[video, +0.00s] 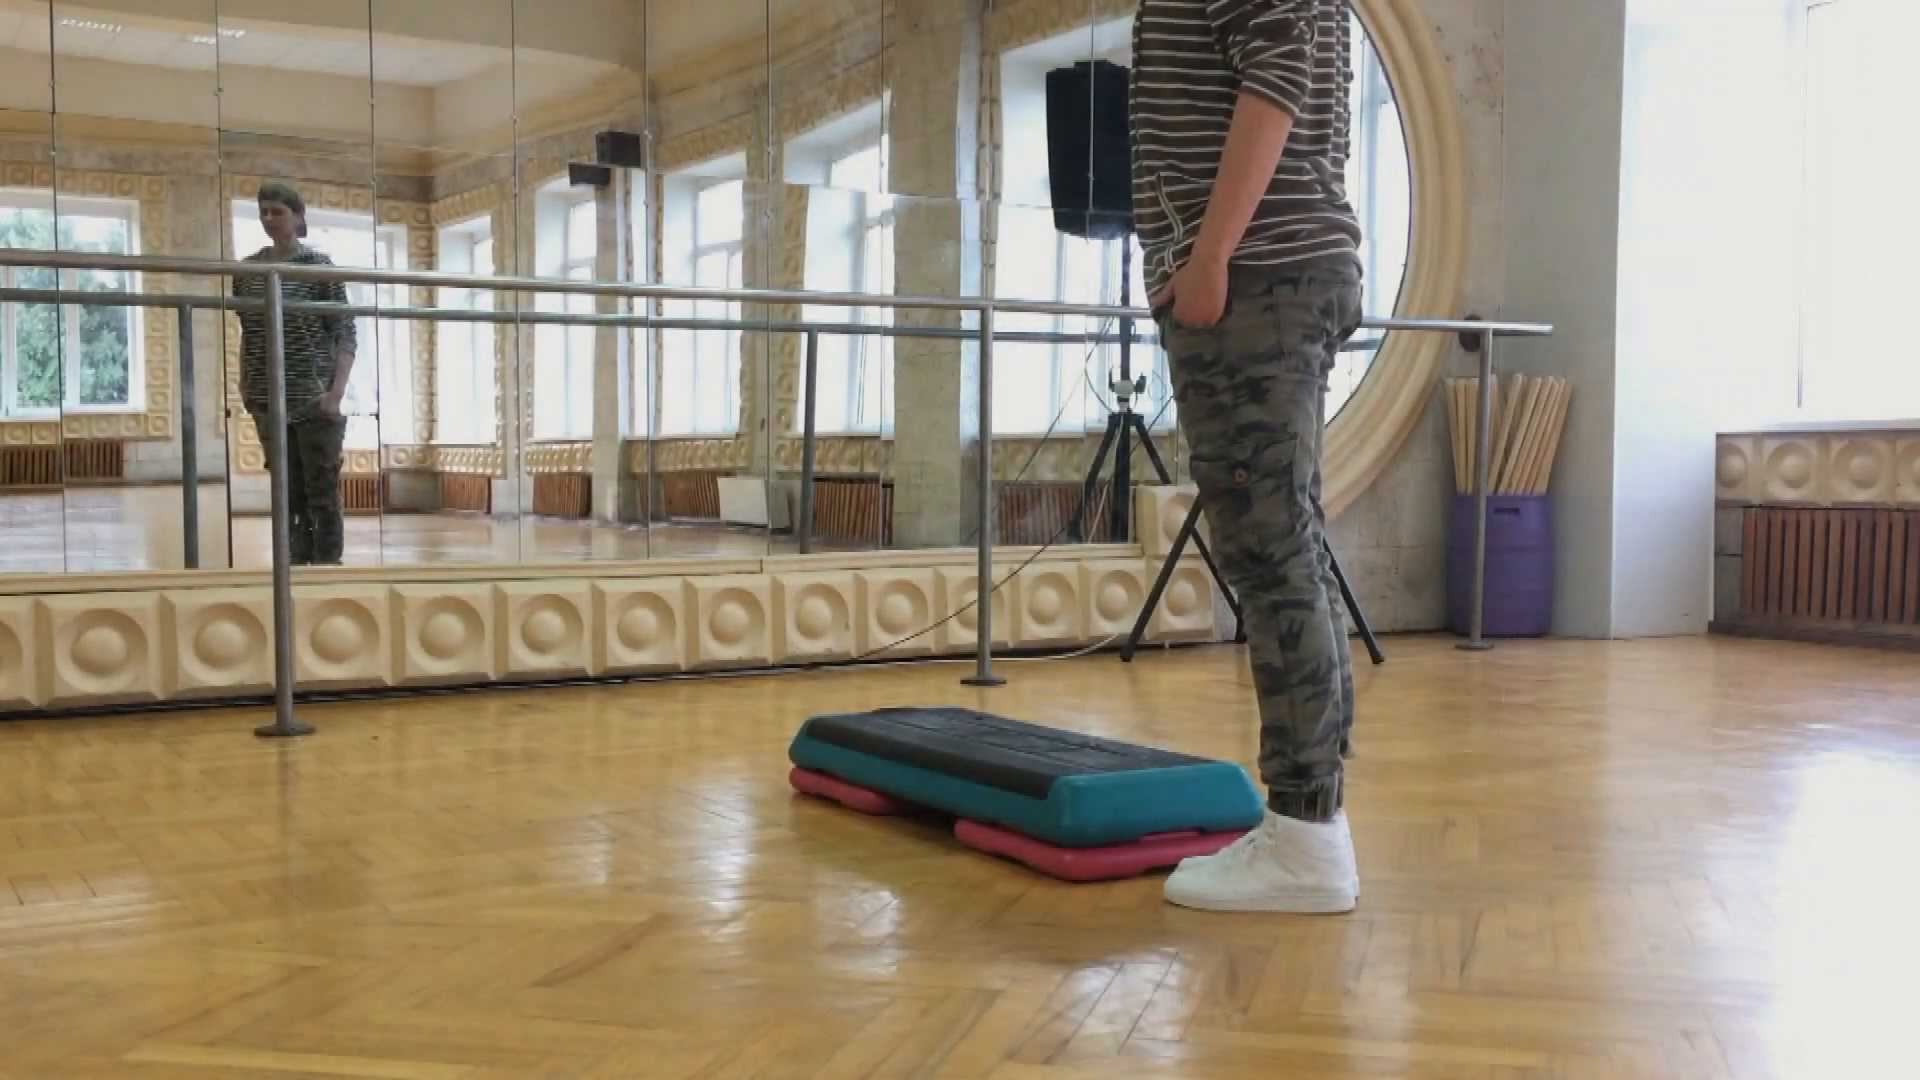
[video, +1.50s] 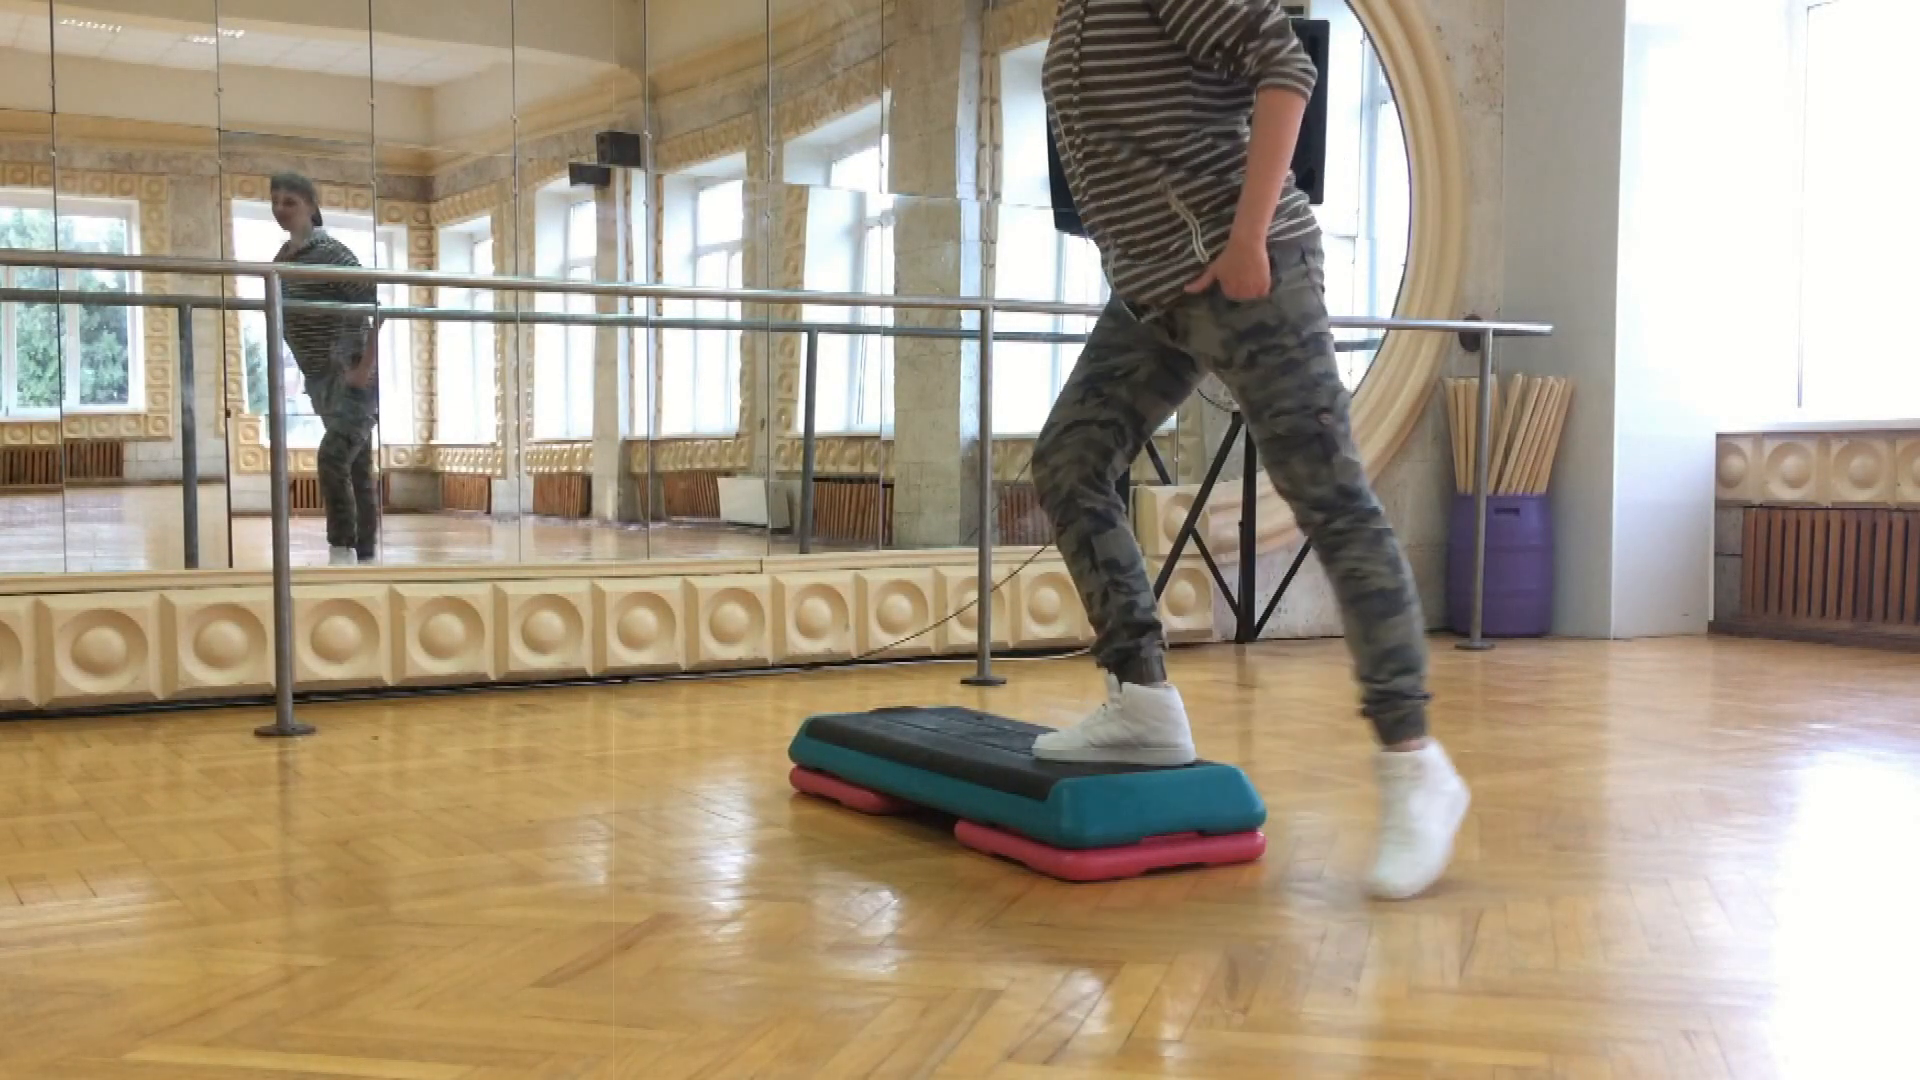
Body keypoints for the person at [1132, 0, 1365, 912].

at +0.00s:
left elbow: (1279, 75)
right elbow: (1268, 87)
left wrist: (1210, 253)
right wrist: (1193, 251)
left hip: (1259, 274)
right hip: (1253, 273)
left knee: (1265, 546)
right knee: (1276, 543)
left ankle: (1305, 838)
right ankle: (1305, 822)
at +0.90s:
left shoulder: (1233, 0)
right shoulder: (1288, 10)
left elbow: (1244, 93)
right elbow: (1315, 148)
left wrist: (1176, 264)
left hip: (1230, 287)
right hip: (1268, 283)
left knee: (1220, 559)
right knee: (1228, 555)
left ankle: (1303, 838)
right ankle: (1302, 824)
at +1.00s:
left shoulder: (1220, 3)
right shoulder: (1291, 19)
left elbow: (1245, 119)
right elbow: (1317, 163)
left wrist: (1163, 286)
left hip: (1230, 301)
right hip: (1250, 302)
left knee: (1156, 561)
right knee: (1107, 538)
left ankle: (1294, 834)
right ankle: (1288, 736)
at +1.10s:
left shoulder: (1209, 4)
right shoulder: (1282, 18)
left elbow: (1254, 141)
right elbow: (1329, 186)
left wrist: (1165, 298)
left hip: (1225, 320)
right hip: (1254, 322)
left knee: (1140, 573)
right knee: (1046, 486)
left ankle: (1292, 835)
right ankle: (1229, 648)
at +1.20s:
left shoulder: (1188, 2)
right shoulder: (1159, 20)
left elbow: (1258, 103)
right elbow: (1298, 135)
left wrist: (1178, 269)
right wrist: (1168, 260)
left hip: (1235, 279)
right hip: (1195, 285)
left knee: (1179, 557)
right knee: (1040, 439)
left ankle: (1292, 834)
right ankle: (1149, 674)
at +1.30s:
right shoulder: (1097, 22)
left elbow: (1266, 46)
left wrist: (1213, 223)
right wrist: (1153, 241)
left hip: (1249, 236)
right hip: (1167, 258)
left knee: (1260, 501)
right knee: (1064, 448)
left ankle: (1280, 797)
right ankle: (1141, 693)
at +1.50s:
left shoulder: (1174, 3)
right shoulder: (1068, 24)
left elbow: (1287, 68)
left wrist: (1249, 235)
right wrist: (1142, 252)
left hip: (1249, 266)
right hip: (1149, 291)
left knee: (1330, 496)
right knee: (1071, 465)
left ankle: (1413, 763)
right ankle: (1144, 704)